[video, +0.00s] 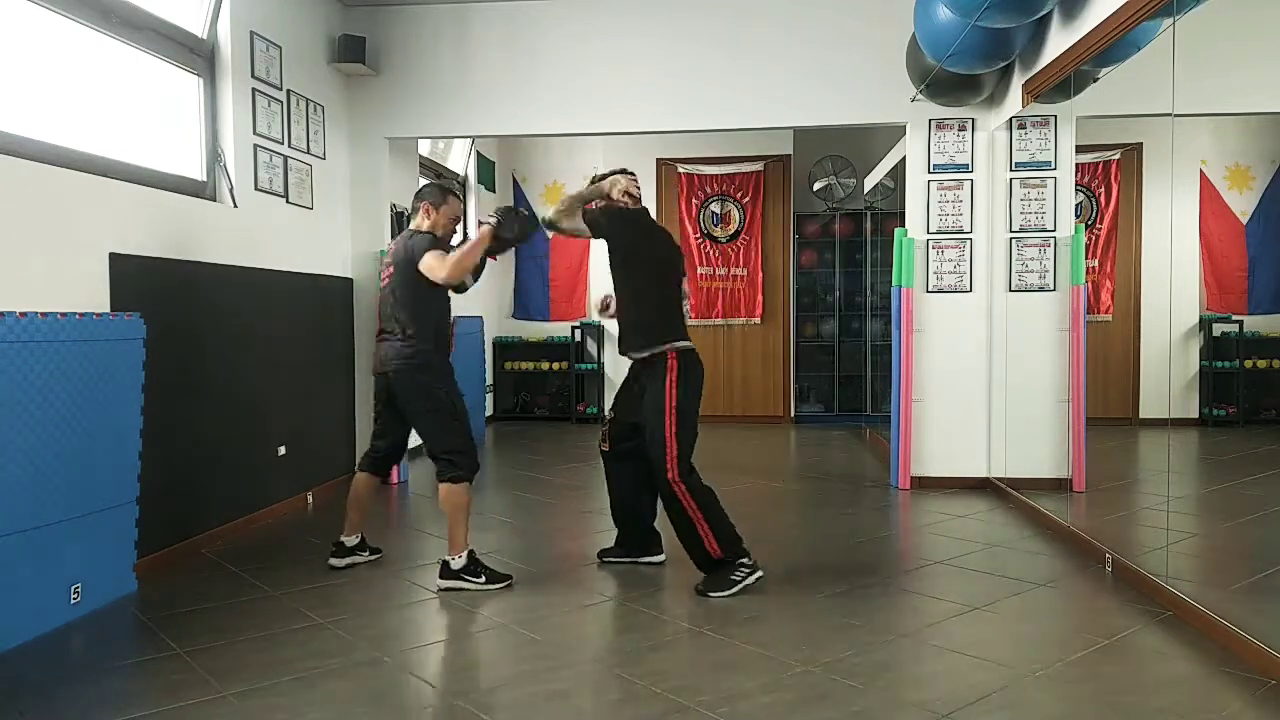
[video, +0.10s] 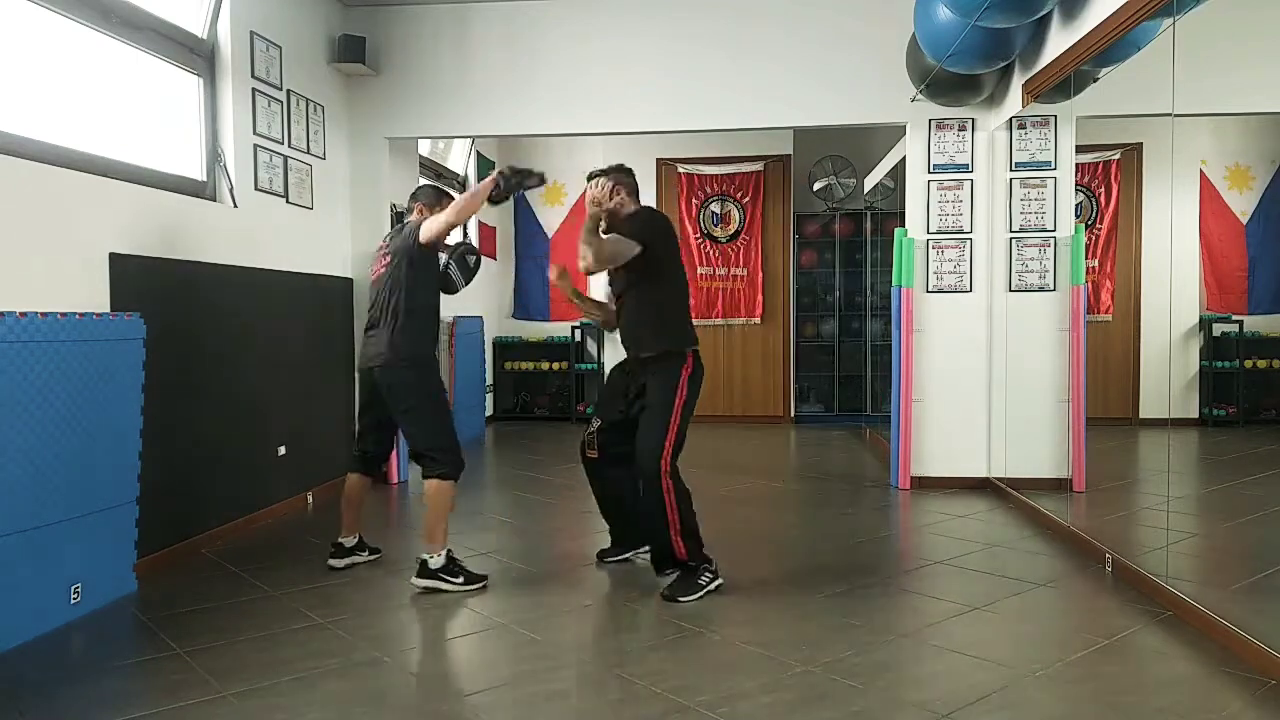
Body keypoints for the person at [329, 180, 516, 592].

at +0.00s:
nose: (455, 227)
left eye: (457, 220)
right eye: (452, 218)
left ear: (422, 211)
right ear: (427, 209)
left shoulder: (400, 245)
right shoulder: (419, 242)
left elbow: (457, 282)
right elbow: (447, 272)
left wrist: (480, 251)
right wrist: (483, 236)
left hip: (391, 366)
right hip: (421, 367)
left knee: (379, 456)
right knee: (457, 460)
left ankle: (349, 542)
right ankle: (458, 561)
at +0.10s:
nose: (445, 224)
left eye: (447, 218)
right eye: (443, 217)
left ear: (414, 211)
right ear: (422, 210)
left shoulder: (389, 245)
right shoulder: (414, 232)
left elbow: (409, 293)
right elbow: (445, 222)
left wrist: (446, 272)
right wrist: (488, 186)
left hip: (373, 363)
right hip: (407, 361)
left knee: (366, 456)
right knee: (442, 460)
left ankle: (347, 543)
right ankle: (435, 561)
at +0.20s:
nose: (439, 218)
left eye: (441, 211)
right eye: (436, 210)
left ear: (406, 209)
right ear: (414, 207)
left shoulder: (385, 245)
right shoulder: (409, 230)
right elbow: (454, 191)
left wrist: (436, 275)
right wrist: (501, 163)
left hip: (369, 361)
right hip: (397, 361)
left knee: (368, 455)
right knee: (431, 459)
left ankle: (343, 541)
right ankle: (423, 561)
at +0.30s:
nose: (432, 218)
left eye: (434, 212)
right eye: (427, 210)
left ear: (428, 213)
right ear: (407, 208)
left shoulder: (389, 247)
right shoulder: (392, 234)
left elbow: (401, 304)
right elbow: (396, 205)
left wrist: (438, 282)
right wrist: (444, 174)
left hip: (370, 362)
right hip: (396, 362)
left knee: (368, 455)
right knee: (430, 458)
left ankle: (343, 543)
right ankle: (424, 560)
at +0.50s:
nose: (408, 217)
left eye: (410, 210)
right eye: (401, 209)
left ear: (404, 210)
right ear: (374, 208)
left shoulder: (396, 251)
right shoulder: (363, 241)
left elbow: (430, 287)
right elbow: (343, 291)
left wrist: (455, 247)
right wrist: (408, 289)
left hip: (392, 369)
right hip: (387, 371)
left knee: (377, 456)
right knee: (427, 462)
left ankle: (342, 542)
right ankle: (410, 561)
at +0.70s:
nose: (393, 223)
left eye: (395, 215)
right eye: (386, 215)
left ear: (392, 213)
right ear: (357, 211)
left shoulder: (389, 251)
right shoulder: (344, 253)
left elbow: (431, 274)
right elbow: (335, 315)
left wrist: (446, 229)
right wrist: (399, 322)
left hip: (396, 376)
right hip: (372, 379)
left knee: (383, 461)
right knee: (419, 465)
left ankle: (337, 533)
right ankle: (409, 563)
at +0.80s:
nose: (383, 229)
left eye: (386, 221)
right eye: (377, 221)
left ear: (385, 217)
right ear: (347, 213)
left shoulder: (379, 249)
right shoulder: (330, 260)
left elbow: (418, 271)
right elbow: (320, 324)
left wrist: (431, 241)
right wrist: (383, 339)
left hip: (380, 369)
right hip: (352, 372)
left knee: (372, 458)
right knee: (389, 457)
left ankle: (333, 538)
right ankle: (403, 558)